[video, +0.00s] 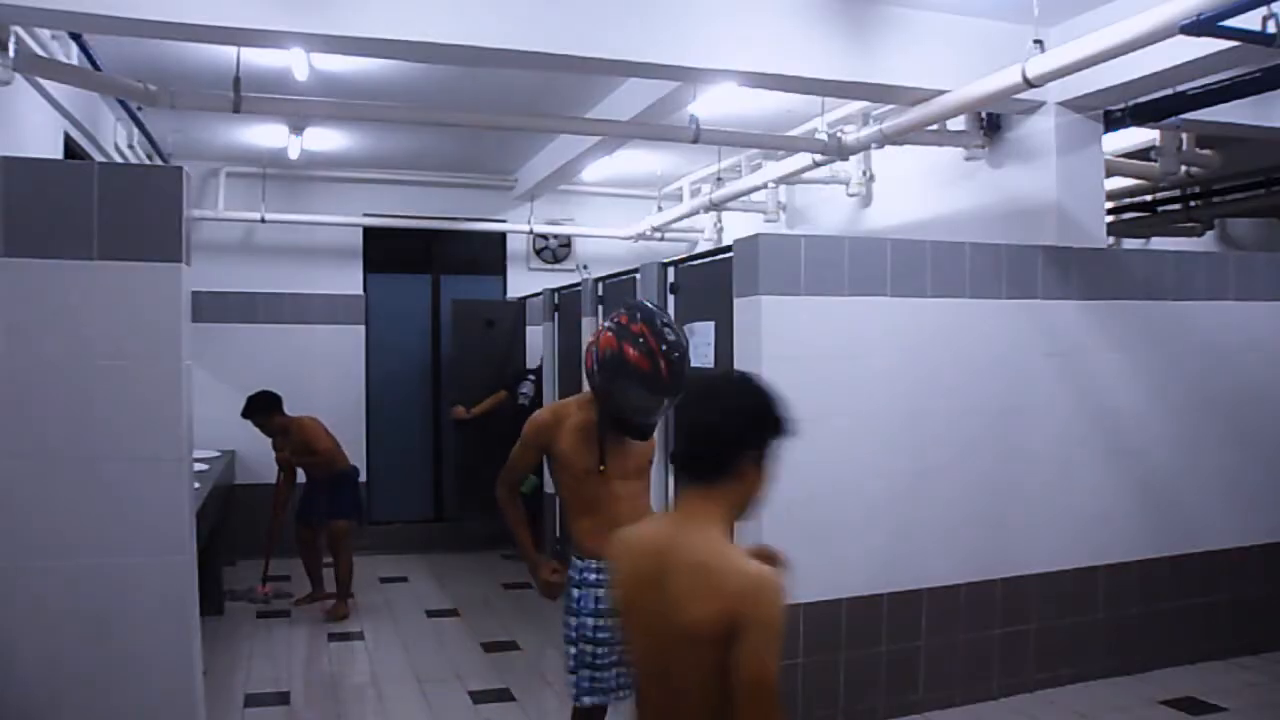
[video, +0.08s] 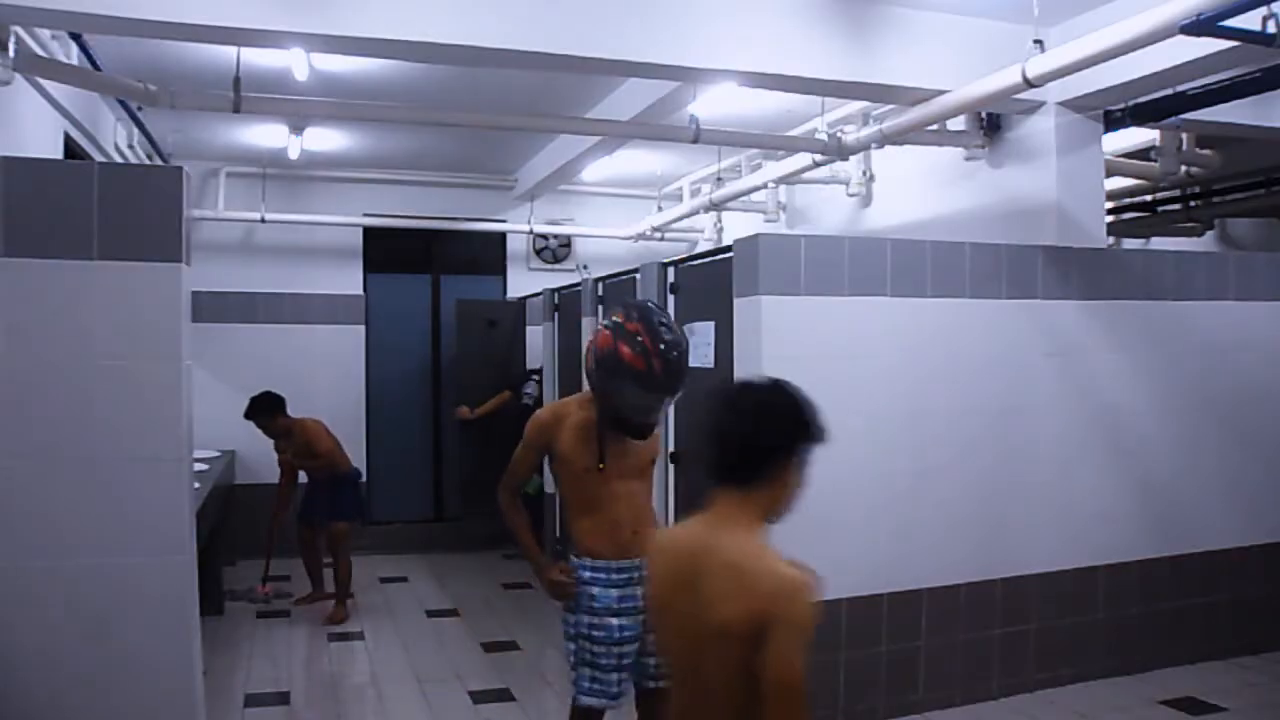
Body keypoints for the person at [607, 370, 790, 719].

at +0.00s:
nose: (765, 477)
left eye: (765, 461)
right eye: (764, 461)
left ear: (678, 453)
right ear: (749, 466)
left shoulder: (625, 546)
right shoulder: (751, 585)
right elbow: (756, 707)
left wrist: (732, 564)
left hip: (647, 711)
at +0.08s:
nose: (802, 482)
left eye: (803, 465)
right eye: (801, 465)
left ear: (721, 456)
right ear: (785, 469)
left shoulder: (661, 548)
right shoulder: (783, 588)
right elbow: (783, 705)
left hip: (680, 711)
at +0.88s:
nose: (1000, 443)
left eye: (1000, 433)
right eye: (1000, 433)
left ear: (938, 431)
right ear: (992, 437)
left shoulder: (901, 511)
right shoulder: (1005, 519)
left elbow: (889, 605)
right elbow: (1020, 620)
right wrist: (1037, 694)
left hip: (921, 663)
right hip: (985, 666)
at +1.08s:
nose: (1041, 434)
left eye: (1041, 424)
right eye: (1041, 424)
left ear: (984, 420)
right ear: (1032, 426)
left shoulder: (944, 490)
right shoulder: (1038, 502)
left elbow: (943, 573)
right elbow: (1046, 603)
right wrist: (1056, 677)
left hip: (958, 637)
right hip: (1014, 643)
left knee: (961, 711)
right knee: (1014, 712)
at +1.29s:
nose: (1087, 437)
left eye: (1088, 427)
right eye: (1087, 427)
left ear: (1033, 421)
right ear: (1080, 429)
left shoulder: (993, 485)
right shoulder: (1082, 502)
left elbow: (986, 563)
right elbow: (1084, 594)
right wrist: (1092, 671)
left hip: (999, 628)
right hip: (1054, 634)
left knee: (992, 709)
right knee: (1051, 710)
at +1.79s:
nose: (1154, 421)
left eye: (1153, 412)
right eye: (1154, 412)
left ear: (1102, 412)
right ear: (1145, 416)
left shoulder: (1071, 470)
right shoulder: (1158, 478)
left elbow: (1056, 544)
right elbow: (1177, 555)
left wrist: (1050, 600)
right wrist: (1192, 605)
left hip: (1086, 594)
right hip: (1138, 598)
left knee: (1105, 696)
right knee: (1119, 702)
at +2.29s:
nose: (1216, 412)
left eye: (1215, 403)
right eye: (1214, 403)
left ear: (1167, 402)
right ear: (1202, 405)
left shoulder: (1136, 454)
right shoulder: (1214, 463)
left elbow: (1129, 518)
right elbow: (1221, 536)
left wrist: (1147, 551)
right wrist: (1225, 593)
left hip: (1146, 571)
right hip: (1195, 574)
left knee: (1139, 667)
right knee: (1204, 669)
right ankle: (1204, 716)